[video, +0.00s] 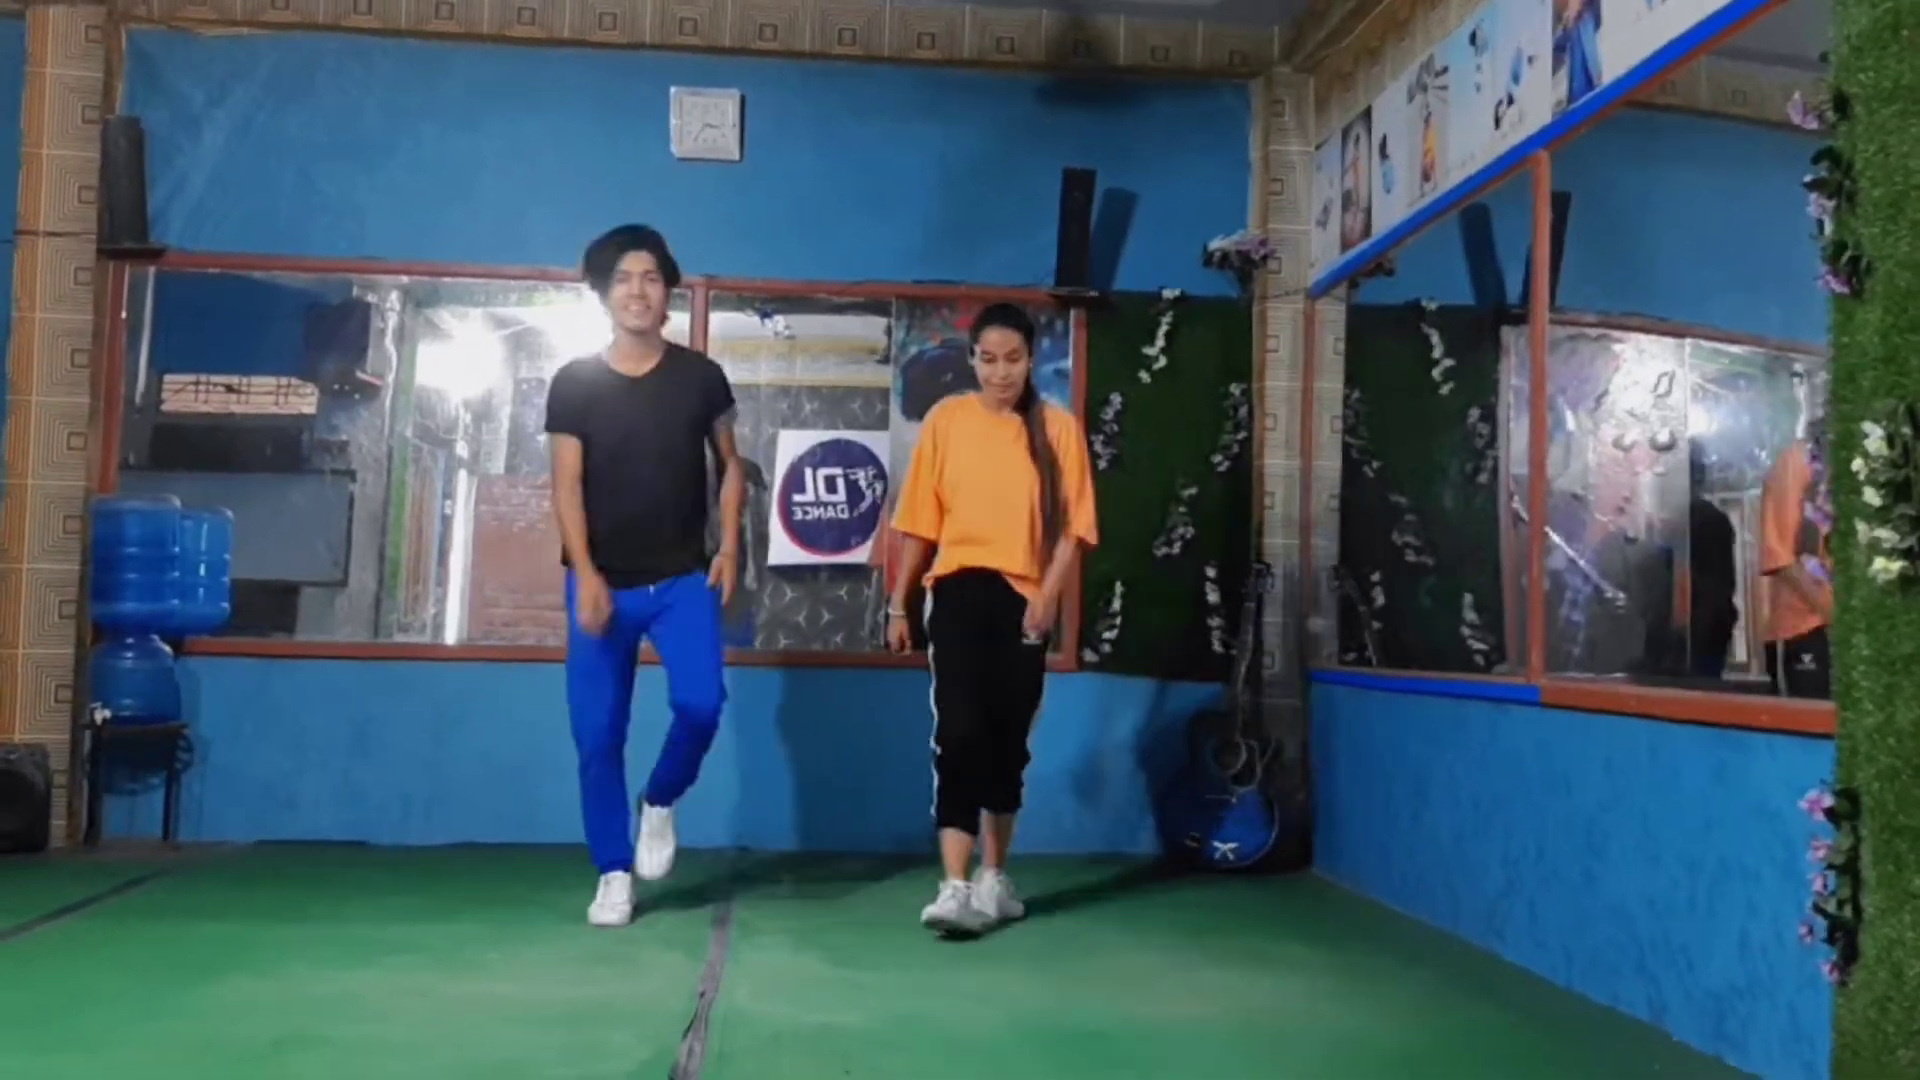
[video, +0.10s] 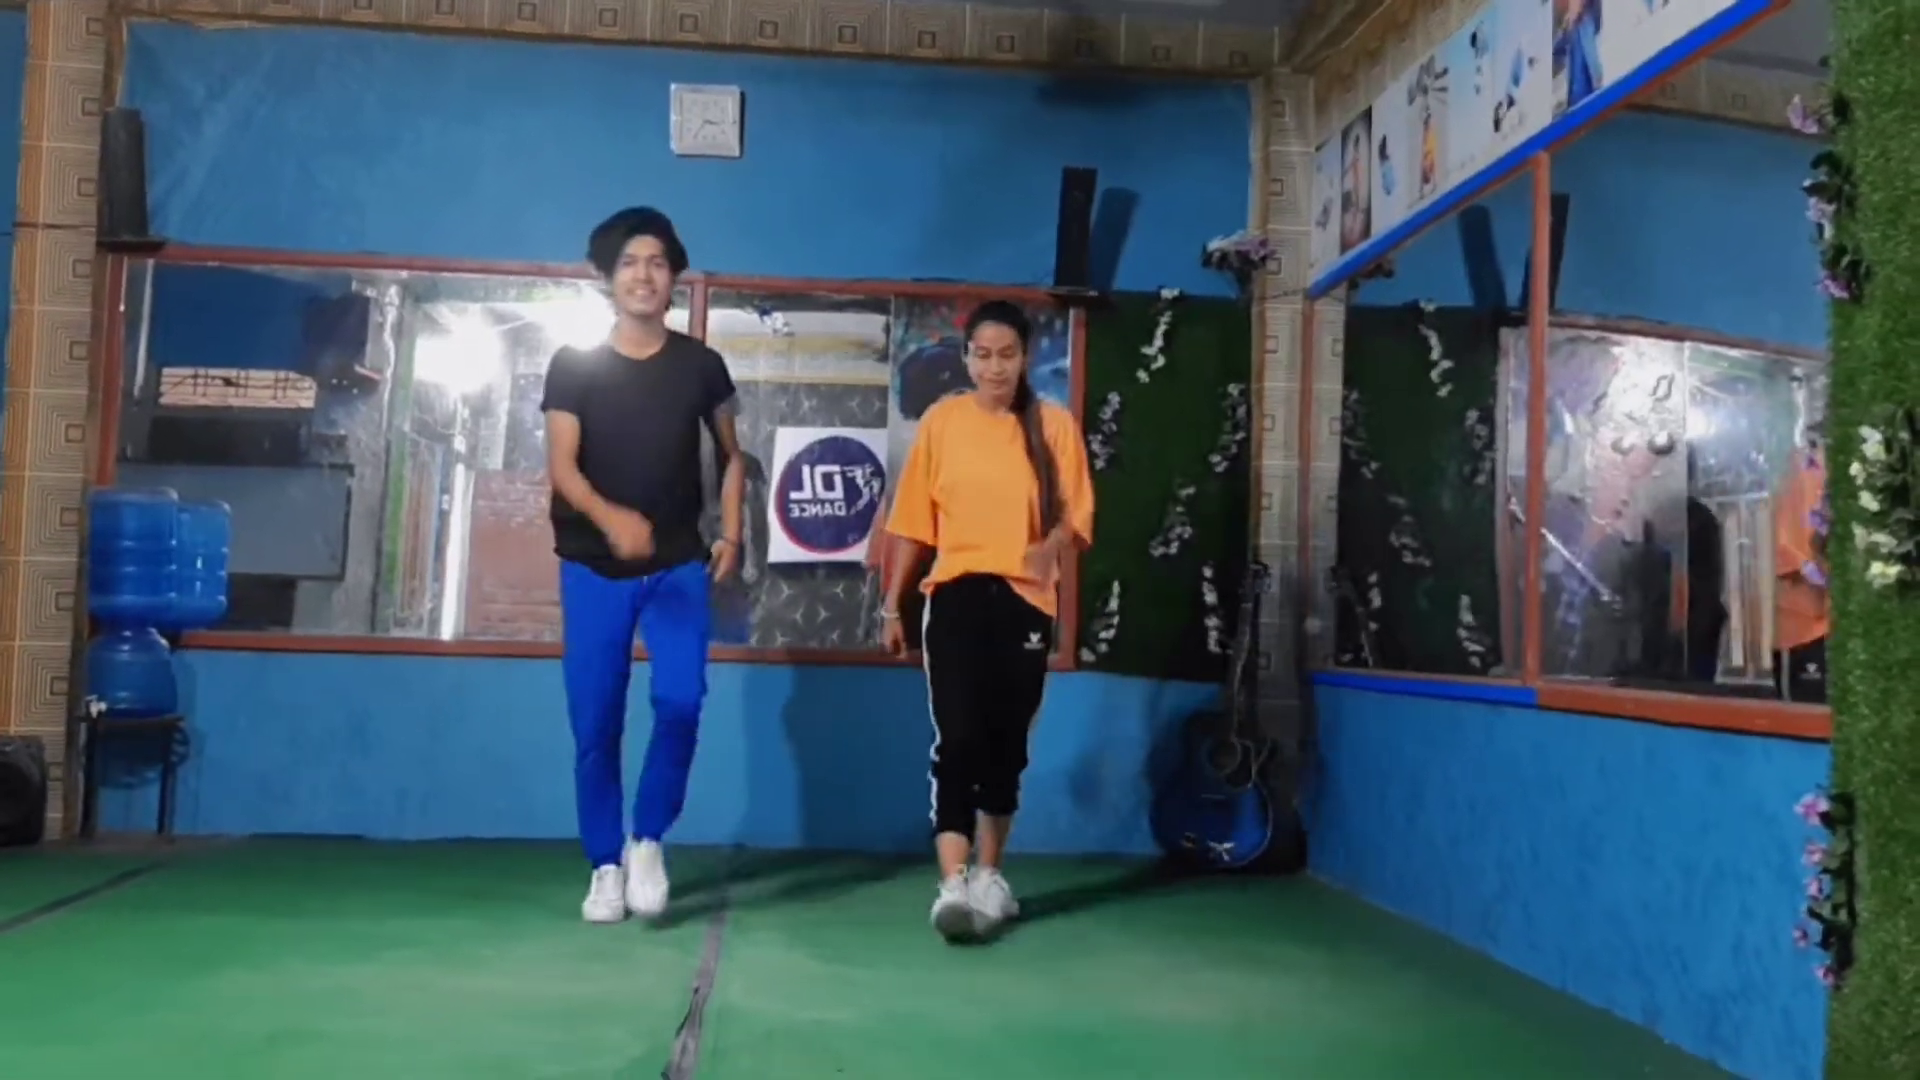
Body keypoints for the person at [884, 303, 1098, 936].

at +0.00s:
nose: (1001, 369)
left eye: (1013, 357)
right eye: (990, 358)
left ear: (1031, 360)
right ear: (973, 360)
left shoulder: (1058, 426)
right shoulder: (945, 419)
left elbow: (1076, 527)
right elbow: (919, 521)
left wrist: (1046, 596)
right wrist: (898, 600)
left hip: (1022, 593)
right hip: (955, 586)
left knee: (1007, 736)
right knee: (958, 732)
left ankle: (994, 878)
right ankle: (954, 886)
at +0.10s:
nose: (995, 365)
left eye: (1007, 353)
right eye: (984, 353)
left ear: (1025, 358)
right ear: (967, 357)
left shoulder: (1054, 424)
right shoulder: (941, 420)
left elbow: (1079, 513)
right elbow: (913, 521)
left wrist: (1054, 544)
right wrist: (892, 600)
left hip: (1025, 596)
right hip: (955, 593)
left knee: (1006, 739)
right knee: (957, 736)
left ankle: (989, 877)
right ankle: (952, 884)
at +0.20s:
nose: (989, 357)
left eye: (1000, 346)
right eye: (976, 345)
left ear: (1016, 354)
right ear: (958, 353)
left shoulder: (1048, 420)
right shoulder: (933, 427)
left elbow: (1078, 508)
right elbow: (907, 531)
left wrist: (1056, 530)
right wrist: (891, 617)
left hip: (1028, 596)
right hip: (957, 594)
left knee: (1011, 740)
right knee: (959, 742)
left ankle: (990, 871)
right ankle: (957, 900)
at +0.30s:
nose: (990, 341)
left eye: (1002, 331)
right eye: (977, 329)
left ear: (1016, 342)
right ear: (956, 339)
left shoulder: (1047, 403)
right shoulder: (933, 422)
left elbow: (1078, 500)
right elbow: (911, 534)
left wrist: (1057, 579)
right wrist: (900, 628)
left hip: (1032, 594)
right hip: (957, 596)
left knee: (1024, 747)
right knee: (961, 748)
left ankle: (995, 853)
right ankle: (958, 904)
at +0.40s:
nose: (982, 327)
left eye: (995, 317)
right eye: (970, 316)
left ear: (1011, 331)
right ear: (948, 328)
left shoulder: (1042, 390)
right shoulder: (928, 415)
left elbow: (1071, 498)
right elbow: (915, 533)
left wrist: (1070, 590)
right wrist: (915, 630)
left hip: (1034, 587)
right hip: (957, 591)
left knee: (1046, 745)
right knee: (961, 747)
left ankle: (1008, 848)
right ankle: (965, 903)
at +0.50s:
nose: (983, 321)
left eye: (995, 311)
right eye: (969, 310)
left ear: (1011, 325)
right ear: (947, 324)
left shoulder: (1044, 390)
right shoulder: (928, 409)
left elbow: (1069, 498)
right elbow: (925, 524)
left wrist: (1073, 589)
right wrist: (934, 615)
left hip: (1037, 587)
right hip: (960, 588)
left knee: (1040, 750)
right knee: (958, 752)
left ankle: (1030, 907)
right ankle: (960, 910)